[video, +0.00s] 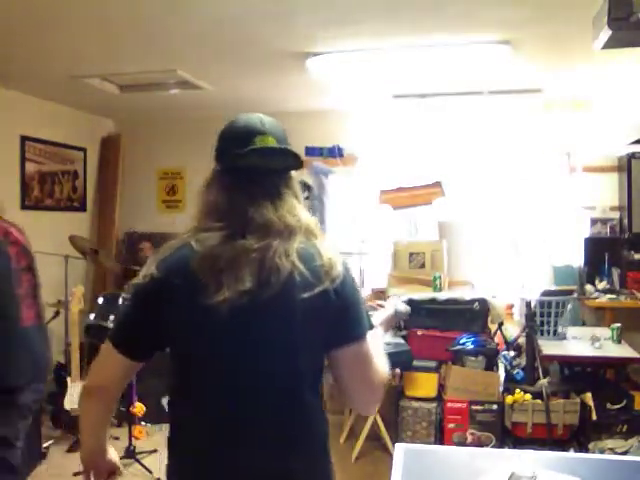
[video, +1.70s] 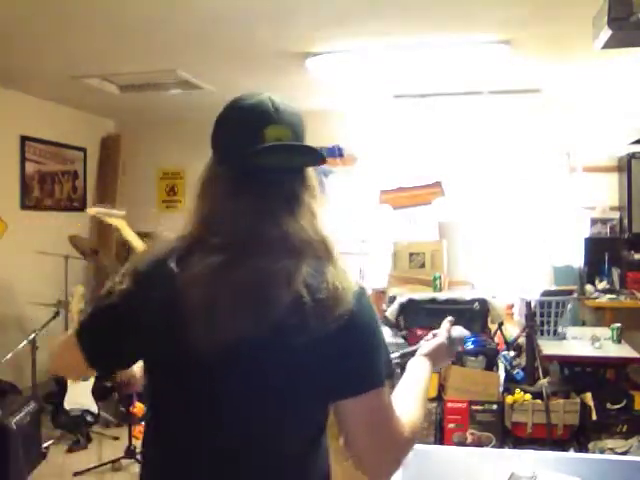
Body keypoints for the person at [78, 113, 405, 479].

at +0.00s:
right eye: (289, 181)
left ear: (217, 186)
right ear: (290, 186)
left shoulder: (176, 268)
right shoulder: (321, 270)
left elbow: (99, 386)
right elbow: (366, 397)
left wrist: (93, 455)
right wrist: (365, 339)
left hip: (199, 469)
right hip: (297, 470)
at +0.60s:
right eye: (300, 166)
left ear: (209, 173)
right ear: (295, 178)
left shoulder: (165, 274)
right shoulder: (335, 286)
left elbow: (46, 400)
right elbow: (383, 430)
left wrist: (63, 447)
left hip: (182, 471)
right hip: (298, 472)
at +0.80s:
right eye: (248, 166)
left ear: (158, 175)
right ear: (252, 177)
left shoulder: (103, 288)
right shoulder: (295, 294)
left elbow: (5, 419)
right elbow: (349, 459)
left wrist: (38, 461)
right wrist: (377, 376)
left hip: (126, 469)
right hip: (257, 470)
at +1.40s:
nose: (269, 183)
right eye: (264, 170)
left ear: (167, 171)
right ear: (259, 175)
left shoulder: (99, 280)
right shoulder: (290, 294)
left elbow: (8, 405)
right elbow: (349, 464)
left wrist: (61, 416)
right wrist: (395, 369)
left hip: (120, 472)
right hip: (249, 471)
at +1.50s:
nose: (285, 191)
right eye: (282, 180)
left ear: (184, 179)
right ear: (276, 184)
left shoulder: (126, 287)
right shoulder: (308, 301)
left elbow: (18, 385)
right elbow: (361, 466)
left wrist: (83, 394)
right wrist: (407, 369)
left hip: (142, 473)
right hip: (265, 473)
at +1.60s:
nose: (307, 187)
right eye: (301, 175)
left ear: (204, 179)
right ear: (294, 182)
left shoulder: (152, 284)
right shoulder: (324, 300)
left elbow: (48, 373)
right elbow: (371, 463)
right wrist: (418, 369)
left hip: (164, 472)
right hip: (282, 474)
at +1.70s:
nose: (318, 187)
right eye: (313, 174)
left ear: (216, 181)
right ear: (304, 184)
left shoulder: (165, 279)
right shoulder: (332, 296)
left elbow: (67, 360)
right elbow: (381, 458)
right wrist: (426, 363)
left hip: (173, 473)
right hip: (292, 473)